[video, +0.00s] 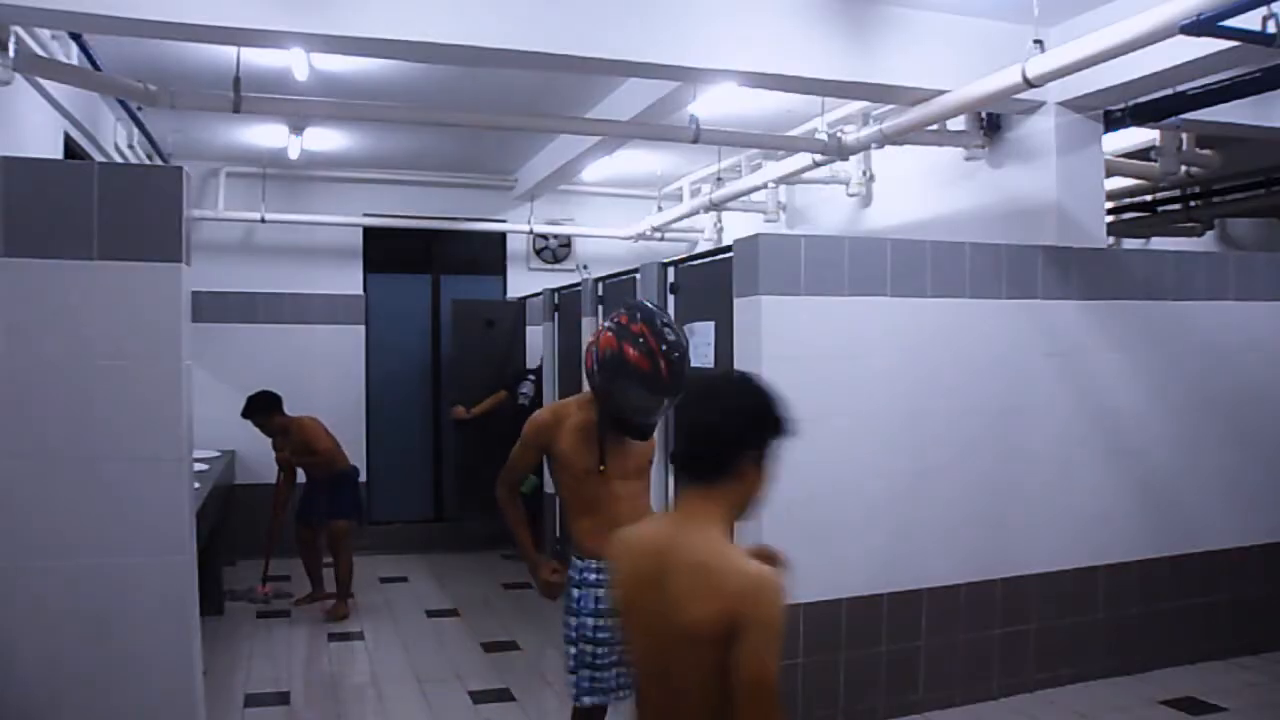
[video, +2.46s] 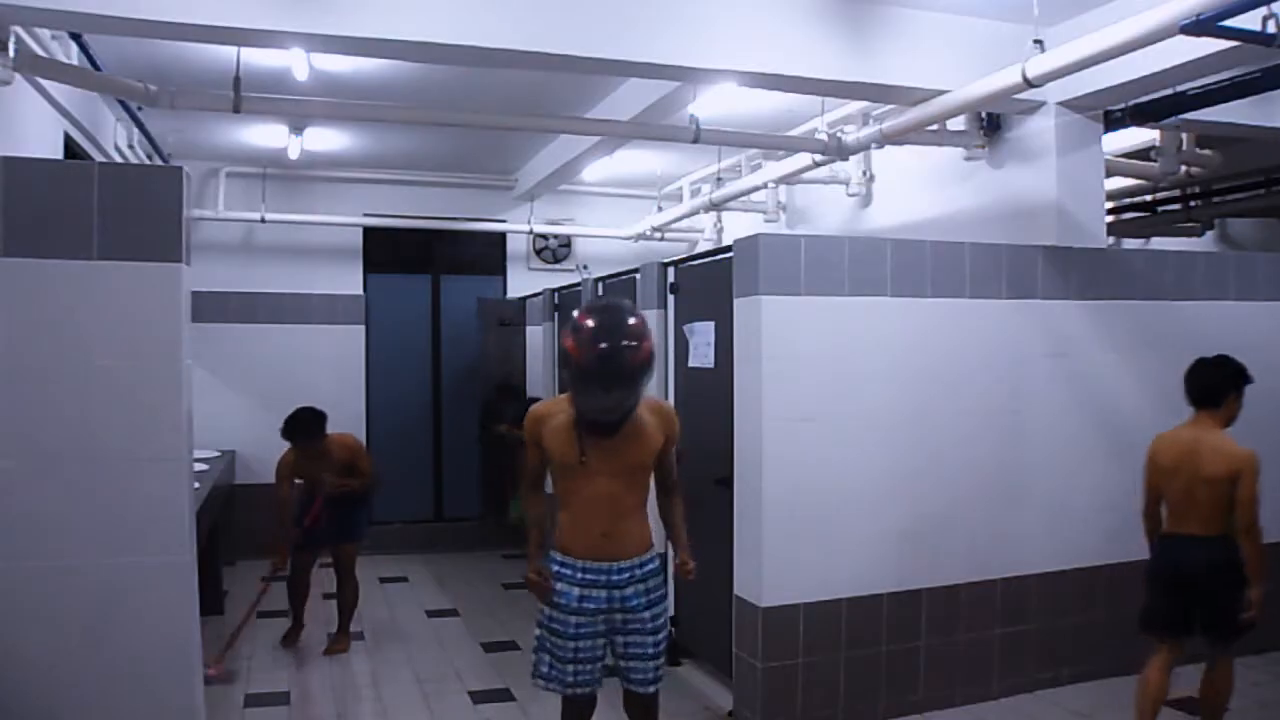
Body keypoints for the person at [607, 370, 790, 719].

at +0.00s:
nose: (765, 477)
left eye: (765, 461)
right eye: (764, 461)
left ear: (678, 453)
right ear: (749, 466)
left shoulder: (625, 546)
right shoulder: (751, 585)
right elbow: (756, 707)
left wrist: (732, 564)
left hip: (647, 711)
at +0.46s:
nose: (927, 453)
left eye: (928, 439)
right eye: (929, 439)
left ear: (855, 430)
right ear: (918, 443)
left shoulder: (802, 515)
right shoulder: (916, 544)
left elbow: (788, 627)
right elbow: (928, 665)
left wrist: (787, 694)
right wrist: (945, 708)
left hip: (812, 691)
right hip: (884, 697)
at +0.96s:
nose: (1016, 435)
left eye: (1016, 426)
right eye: (1016, 426)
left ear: (956, 423)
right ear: (1007, 429)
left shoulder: (919, 500)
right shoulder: (1018, 509)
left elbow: (915, 591)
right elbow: (1030, 611)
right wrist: (1044, 689)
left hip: (938, 649)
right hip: (996, 653)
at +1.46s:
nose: (1118, 425)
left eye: (1119, 415)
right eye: (1119, 415)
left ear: (1064, 411)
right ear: (1112, 417)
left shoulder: (1025, 473)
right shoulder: (1115, 489)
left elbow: (1014, 552)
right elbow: (1122, 576)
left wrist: (1026, 606)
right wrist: (1135, 648)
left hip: (1038, 613)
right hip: (1094, 617)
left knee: (1038, 709)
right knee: (1090, 709)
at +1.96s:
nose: (1170, 414)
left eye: (1170, 405)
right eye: (1169, 405)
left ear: (1121, 407)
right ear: (1159, 408)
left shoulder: (1093, 465)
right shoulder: (1176, 469)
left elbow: (1085, 538)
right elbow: (1191, 547)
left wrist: (1081, 591)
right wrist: (1204, 597)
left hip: (1109, 583)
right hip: (1159, 586)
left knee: (1123, 681)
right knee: (1159, 691)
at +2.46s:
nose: (1241, 405)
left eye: (1241, 396)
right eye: (1240, 397)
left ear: (1194, 395)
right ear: (1229, 398)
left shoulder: (1162, 445)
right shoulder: (1239, 458)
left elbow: (1150, 510)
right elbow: (1246, 529)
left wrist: (1159, 554)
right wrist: (1255, 583)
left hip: (1171, 561)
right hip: (1218, 565)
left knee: (1164, 649)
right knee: (1220, 656)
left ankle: (1144, 713)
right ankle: (1211, 714)